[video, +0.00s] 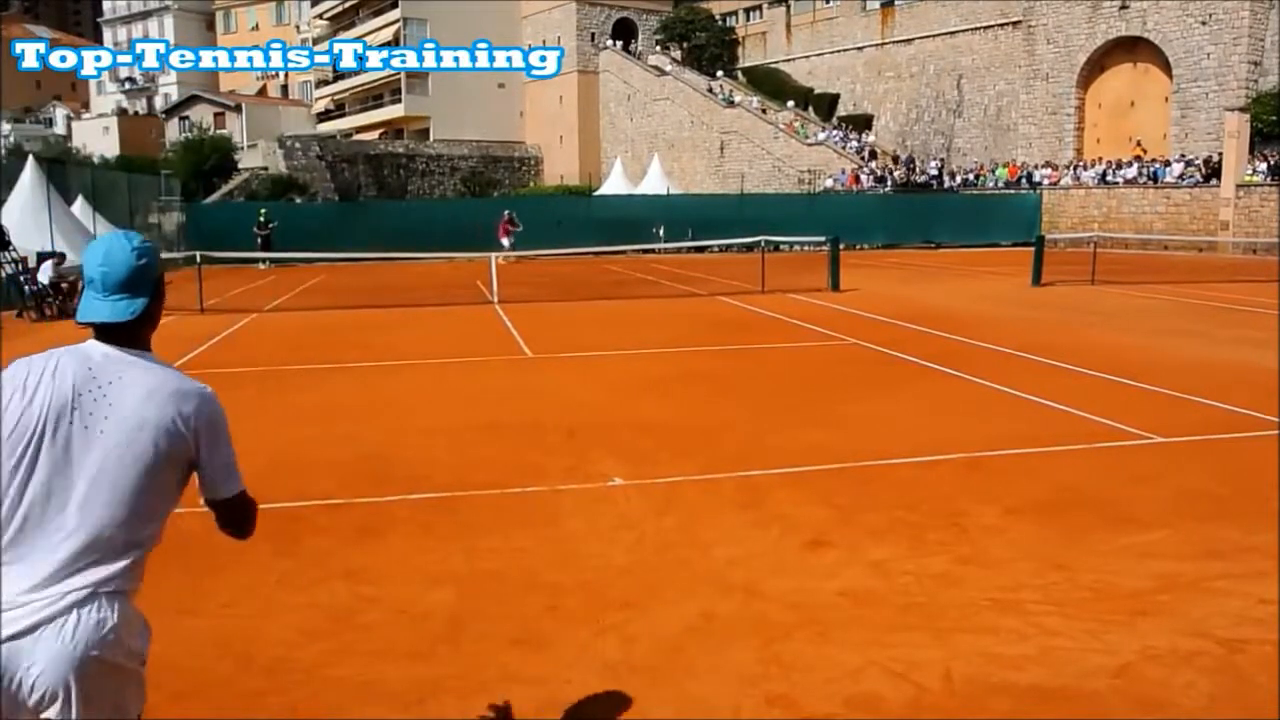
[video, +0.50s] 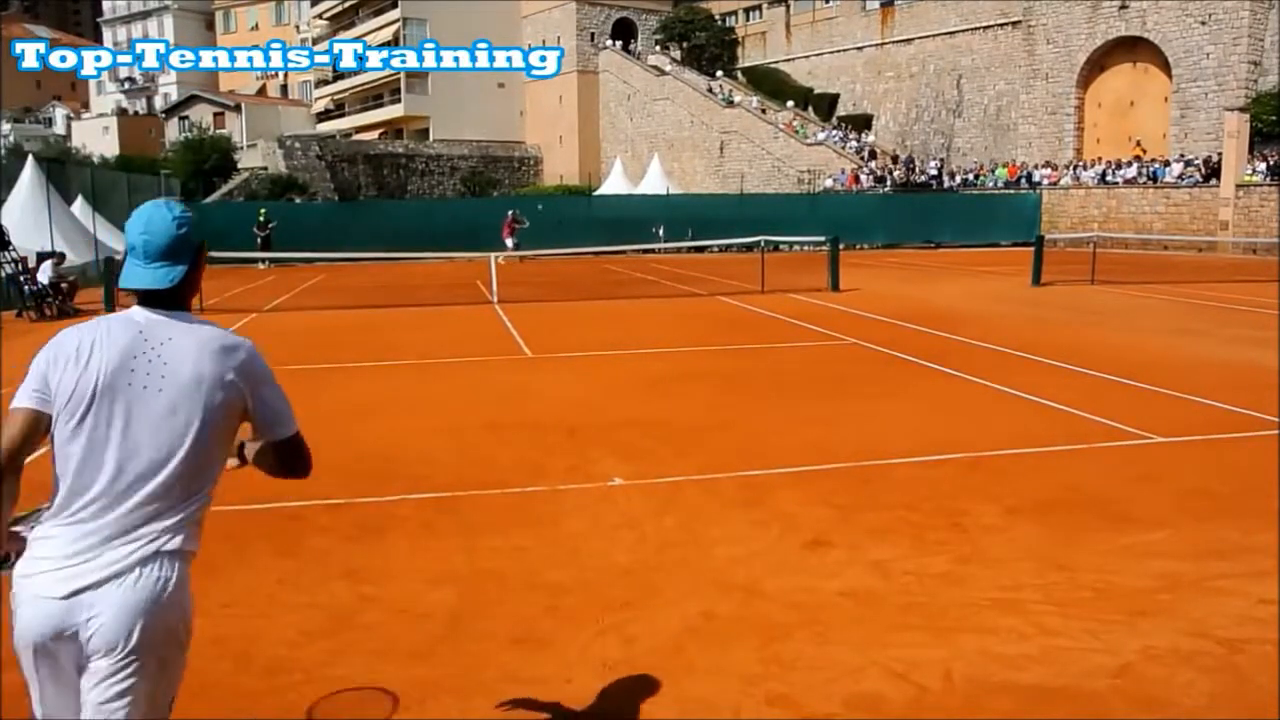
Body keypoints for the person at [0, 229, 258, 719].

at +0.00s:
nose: (161, 304)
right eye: (160, 294)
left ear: (84, 297)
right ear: (158, 303)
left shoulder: (15, 380)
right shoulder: (185, 399)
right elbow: (239, 522)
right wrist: (223, 479)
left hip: (2, 637)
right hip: (89, 645)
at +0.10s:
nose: (161, 304)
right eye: (160, 294)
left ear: (84, 296)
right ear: (158, 303)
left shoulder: (15, 380)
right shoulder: (185, 399)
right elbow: (239, 522)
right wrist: (223, 479)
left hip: (2, 637)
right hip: (89, 645)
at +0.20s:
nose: (176, 295)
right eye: (175, 286)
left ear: (99, 286)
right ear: (172, 294)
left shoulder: (31, 372)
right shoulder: (201, 388)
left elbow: (2, 462)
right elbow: (261, 503)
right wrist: (226, 471)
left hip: (8, 625)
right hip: (105, 633)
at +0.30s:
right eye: (183, 277)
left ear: (112, 275)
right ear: (184, 283)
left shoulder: (50, 361)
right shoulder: (217, 372)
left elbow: (2, 456)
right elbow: (278, 481)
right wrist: (237, 456)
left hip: (19, 603)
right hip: (121, 616)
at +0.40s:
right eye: (198, 263)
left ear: (127, 265)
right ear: (196, 270)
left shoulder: (68, 345)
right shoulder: (229, 353)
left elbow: (8, 453)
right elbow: (295, 462)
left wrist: (4, 535)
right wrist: (247, 449)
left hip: (43, 591)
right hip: (141, 599)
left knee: (56, 711)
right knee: (115, 711)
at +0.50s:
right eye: (198, 264)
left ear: (127, 265)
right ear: (196, 270)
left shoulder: (68, 345)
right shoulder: (229, 353)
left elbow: (8, 453)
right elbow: (295, 462)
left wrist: (4, 535)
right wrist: (247, 450)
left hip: (43, 592)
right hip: (141, 599)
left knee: (56, 711)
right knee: (115, 711)